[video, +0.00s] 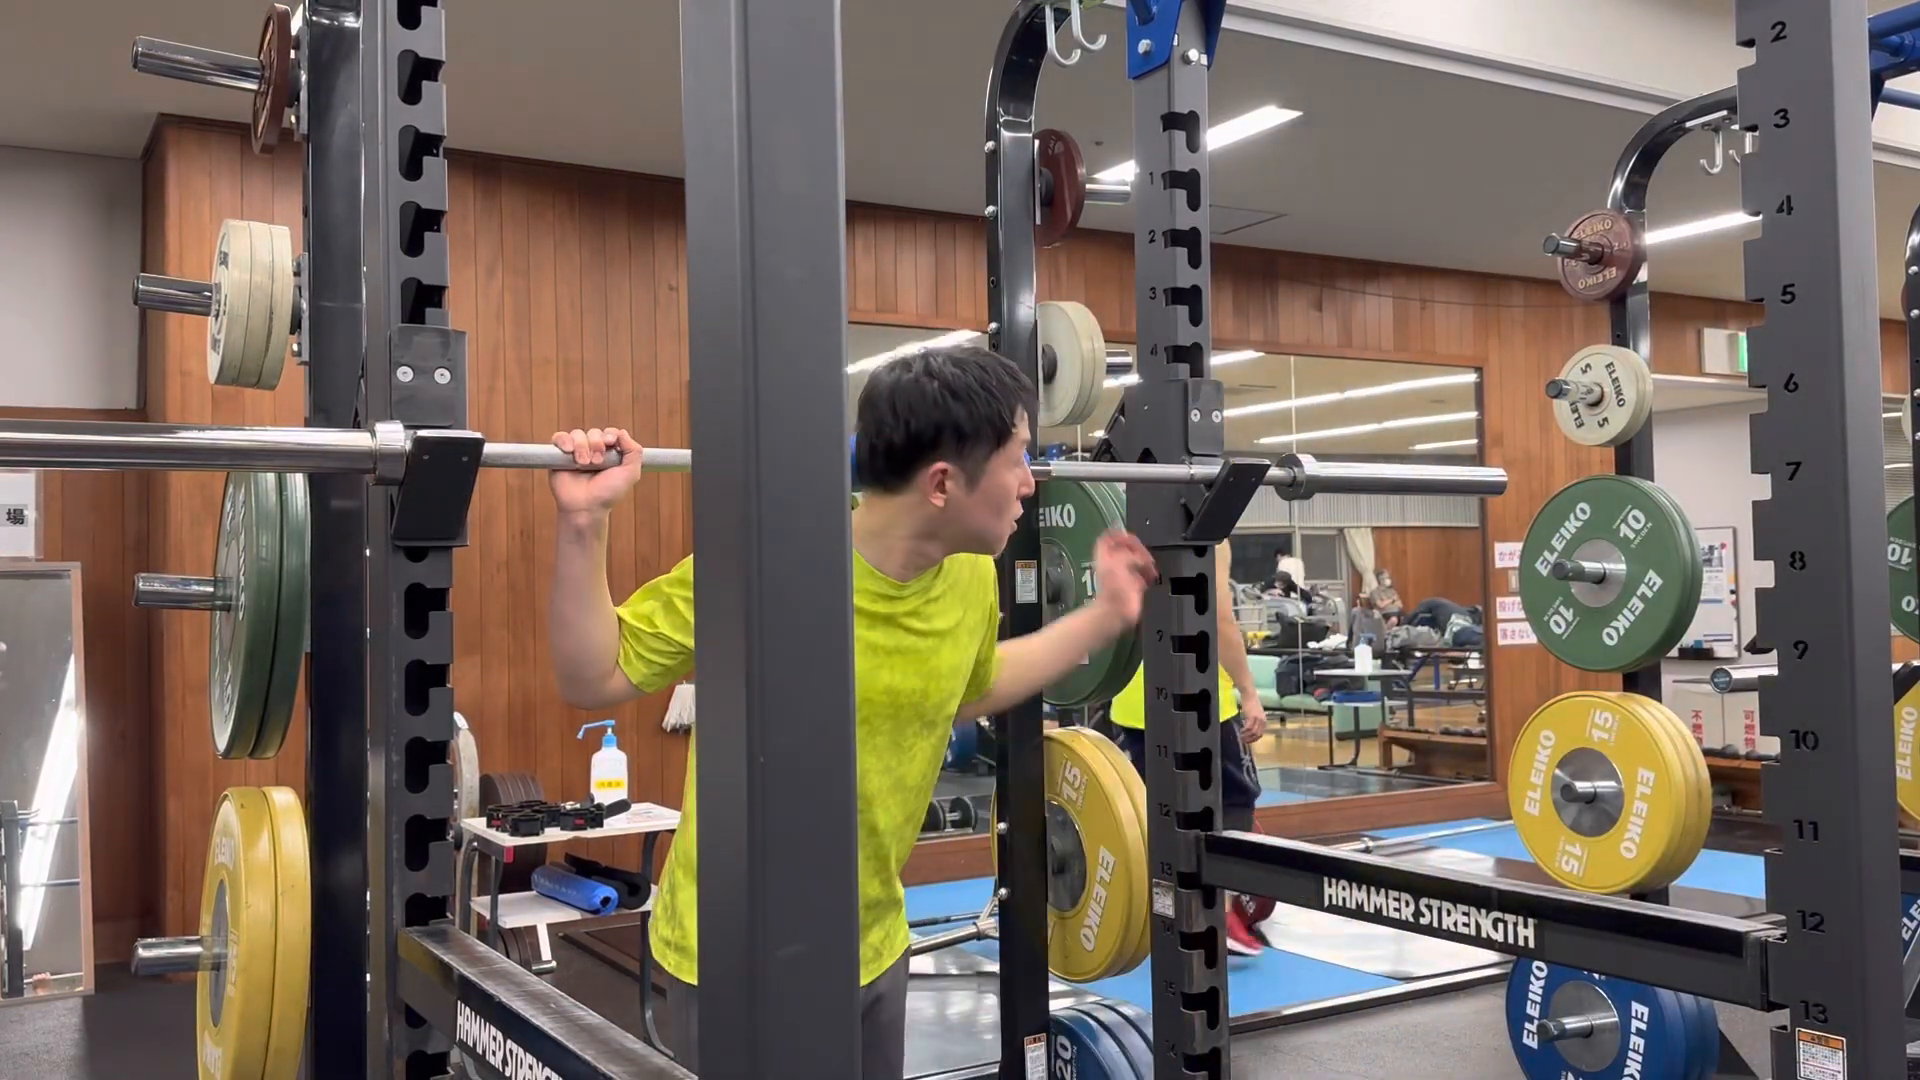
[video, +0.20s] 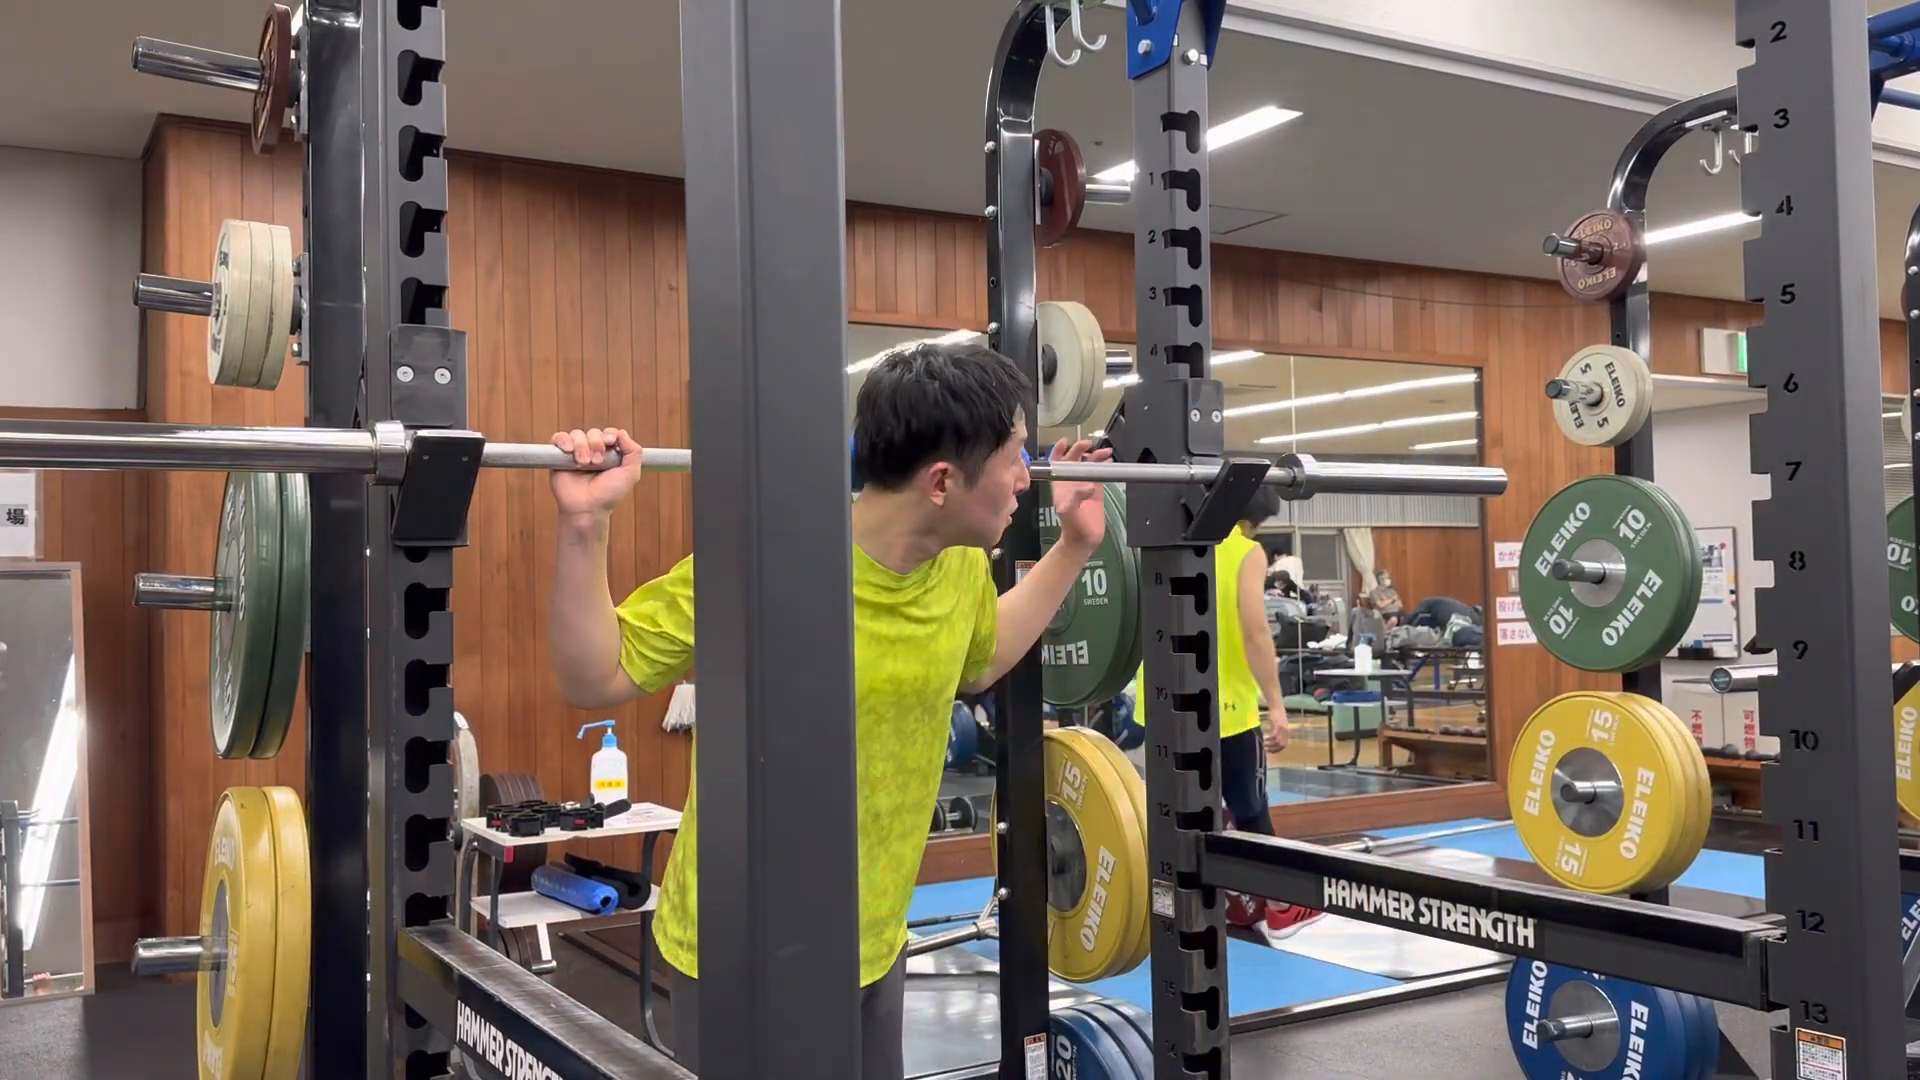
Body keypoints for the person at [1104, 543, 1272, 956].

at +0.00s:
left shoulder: (1131, 530)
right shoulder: (1208, 533)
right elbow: (1221, 621)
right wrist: (1247, 689)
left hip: (1132, 702)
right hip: (1200, 704)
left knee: (1151, 812)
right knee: (1236, 804)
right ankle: (1223, 905)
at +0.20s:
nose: (1264, 526)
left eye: (1264, 518)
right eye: (1262, 519)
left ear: (1207, 501)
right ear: (1250, 515)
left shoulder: (1165, 541)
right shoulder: (1244, 551)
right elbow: (1255, 632)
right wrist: (1275, 703)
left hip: (1166, 715)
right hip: (1228, 715)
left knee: (1188, 818)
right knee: (1252, 817)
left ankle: (1195, 913)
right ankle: (1273, 905)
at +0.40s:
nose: (1319, 548)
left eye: (1322, 542)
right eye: (1321, 541)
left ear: (1277, 518)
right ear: (1312, 535)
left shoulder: (1225, 547)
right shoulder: (1299, 564)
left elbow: (1195, 617)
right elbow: (1302, 644)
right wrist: (1322, 710)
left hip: (1203, 706)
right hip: (1259, 710)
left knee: (1194, 806)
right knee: (1279, 811)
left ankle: (1186, 900)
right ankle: (1285, 907)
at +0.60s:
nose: (1356, 559)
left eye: (1359, 553)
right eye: (1357, 551)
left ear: (1309, 522)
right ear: (1348, 541)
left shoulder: (1253, 538)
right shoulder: (1338, 563)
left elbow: (1204, 563)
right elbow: (1334, 641)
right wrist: (1339, 704)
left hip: (1208, 678)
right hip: (1268, 691)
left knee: (1191, 788)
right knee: (1281, 804)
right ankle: (1286, 905)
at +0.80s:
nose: (1364, 571)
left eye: (1369, 566)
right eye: (1366, 563)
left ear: (1323, 528)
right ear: (1359, 548)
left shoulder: (1268, 538)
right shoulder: (1349, 565)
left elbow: (1217, 573)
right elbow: (1339, 643)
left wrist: (1222, 623)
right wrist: (1338, 703)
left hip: (1210, 670)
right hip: (1269, 687)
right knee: (1281, 801)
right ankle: (1286, 906)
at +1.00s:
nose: (1370, 574)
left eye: (1375, 569)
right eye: (1372, 567)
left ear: (1336, 530)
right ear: (1366, 551)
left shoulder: (1279, 540)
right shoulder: (1349, 569)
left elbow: (1224, 581)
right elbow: (1328, 645)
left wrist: (1249, 627)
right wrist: (1329, 706)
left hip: (1217, 672)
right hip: (1269, 687)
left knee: (1196, 779)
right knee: (1286, 798)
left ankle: (1181, 881)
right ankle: (1285, 905)